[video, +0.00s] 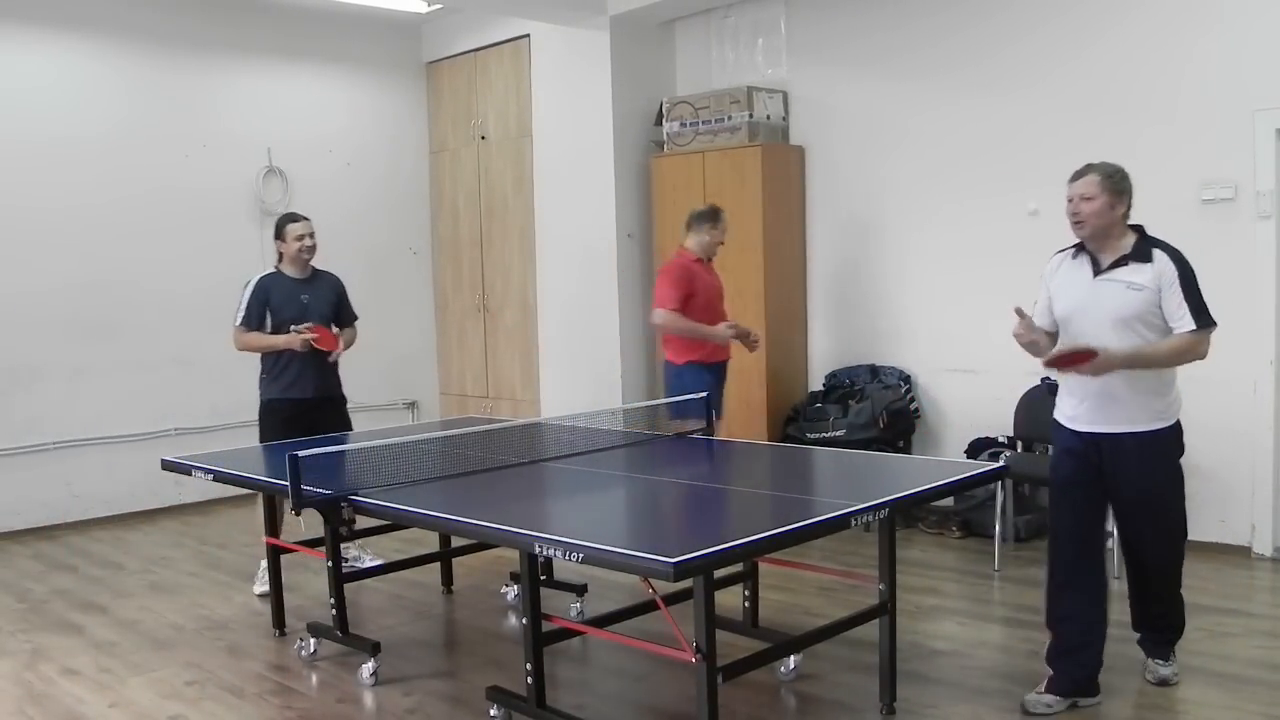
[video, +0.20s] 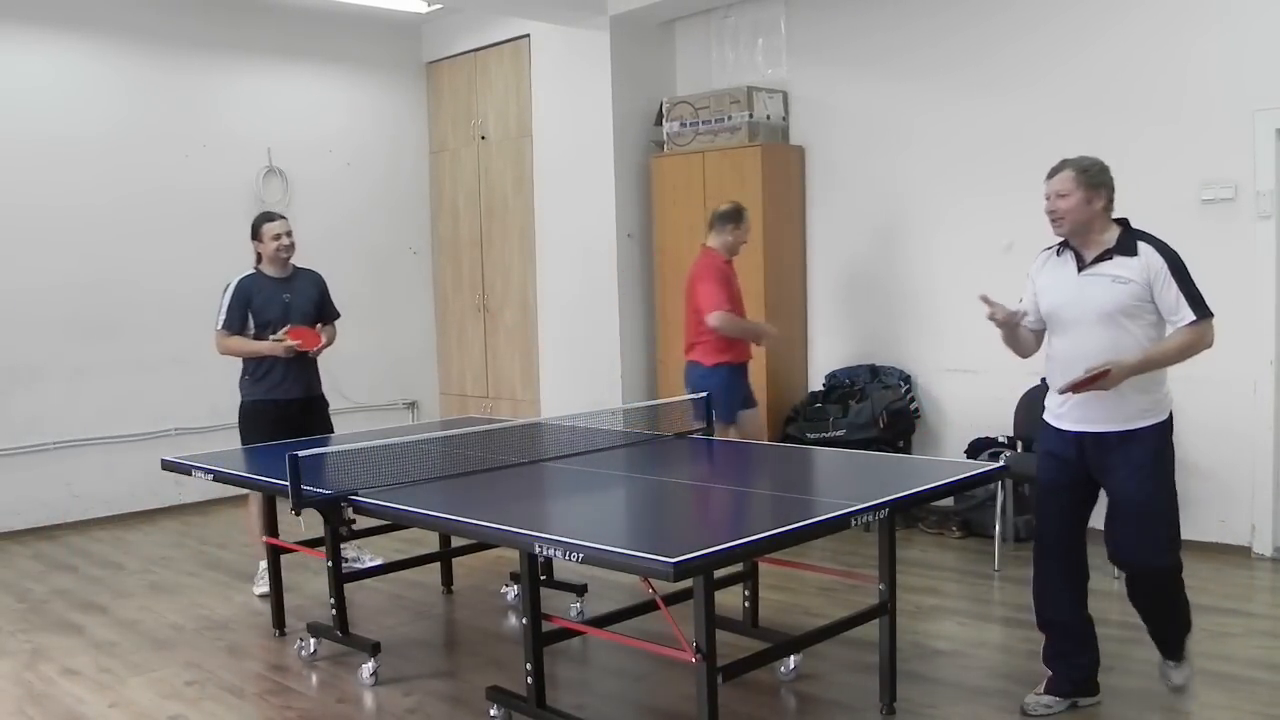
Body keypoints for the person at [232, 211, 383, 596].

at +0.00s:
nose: (310, 243)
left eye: (312, 236)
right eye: (301, 238)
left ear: (315, 241)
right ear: (281, 245)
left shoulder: (331, 283)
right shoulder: (263, 287)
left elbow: (350, 329)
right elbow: (242, 339)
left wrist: (341, 342)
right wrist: (287, 341)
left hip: (328, 402)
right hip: (281, 406)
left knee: (339, 476)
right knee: (276, 488)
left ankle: (342, 550)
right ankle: (270, 561)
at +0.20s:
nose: (286, 241)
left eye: (288, 235)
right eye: (277, 237)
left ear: (293, 238)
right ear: (258, 245)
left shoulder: (312, 280)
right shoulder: (243, 288)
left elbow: (329, 326)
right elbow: (223, 342)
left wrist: (319, 340)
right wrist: (270, 346)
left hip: (309, 402)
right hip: (262, 407)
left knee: (329, 476)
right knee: (261, 488)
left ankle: (342, 551)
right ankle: (266, 565)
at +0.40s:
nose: (275, 241)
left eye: (277, 234)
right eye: (266, 237)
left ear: (282, 237)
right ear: (246, 245)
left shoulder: (300, 279)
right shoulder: (231, 289)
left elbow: (320, 324)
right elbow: (214, 345)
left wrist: (312, 340)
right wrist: (264, 347)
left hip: (302, 401)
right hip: (256, 407)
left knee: (324, 475)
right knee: (258, 488)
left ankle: (339, 551)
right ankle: (267, 565)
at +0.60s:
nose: (271, 244)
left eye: (274, 237)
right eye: (262, 240)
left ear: (279, 239)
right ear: (243, 247)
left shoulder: (298, 279)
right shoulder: (229, 291)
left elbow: (318, 322)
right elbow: (214, 348)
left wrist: (311, 341)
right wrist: (263, 351)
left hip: (303, 401)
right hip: (255, 408)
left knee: (328, 472)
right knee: (258, 488)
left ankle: (343, 546)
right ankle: (267, 564)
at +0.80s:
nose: (282, 248)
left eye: (285, 240)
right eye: (273, 243)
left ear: (290, 242)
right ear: (254, 249)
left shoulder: (308, 282)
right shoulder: (238, 292)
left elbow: (328, 326)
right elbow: (220, 348)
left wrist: (318, 349)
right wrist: (266, 353)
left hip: (309, 403)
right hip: (261, 409)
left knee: (332, 472)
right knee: (259, 488)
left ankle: (348, 543)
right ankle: (266, 565)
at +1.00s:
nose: (310, 252)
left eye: (314, 245)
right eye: (302, 246)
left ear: (319, 248)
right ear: (282, 250)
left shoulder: (333, 289)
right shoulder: (262, 292)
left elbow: (347, 334)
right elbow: (239, 343)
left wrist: (337, 353)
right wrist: (282, 353)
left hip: (322, 405)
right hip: (274, 408)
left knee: (340, 476)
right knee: (268, 490)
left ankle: (348, 547)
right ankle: (267, 564)